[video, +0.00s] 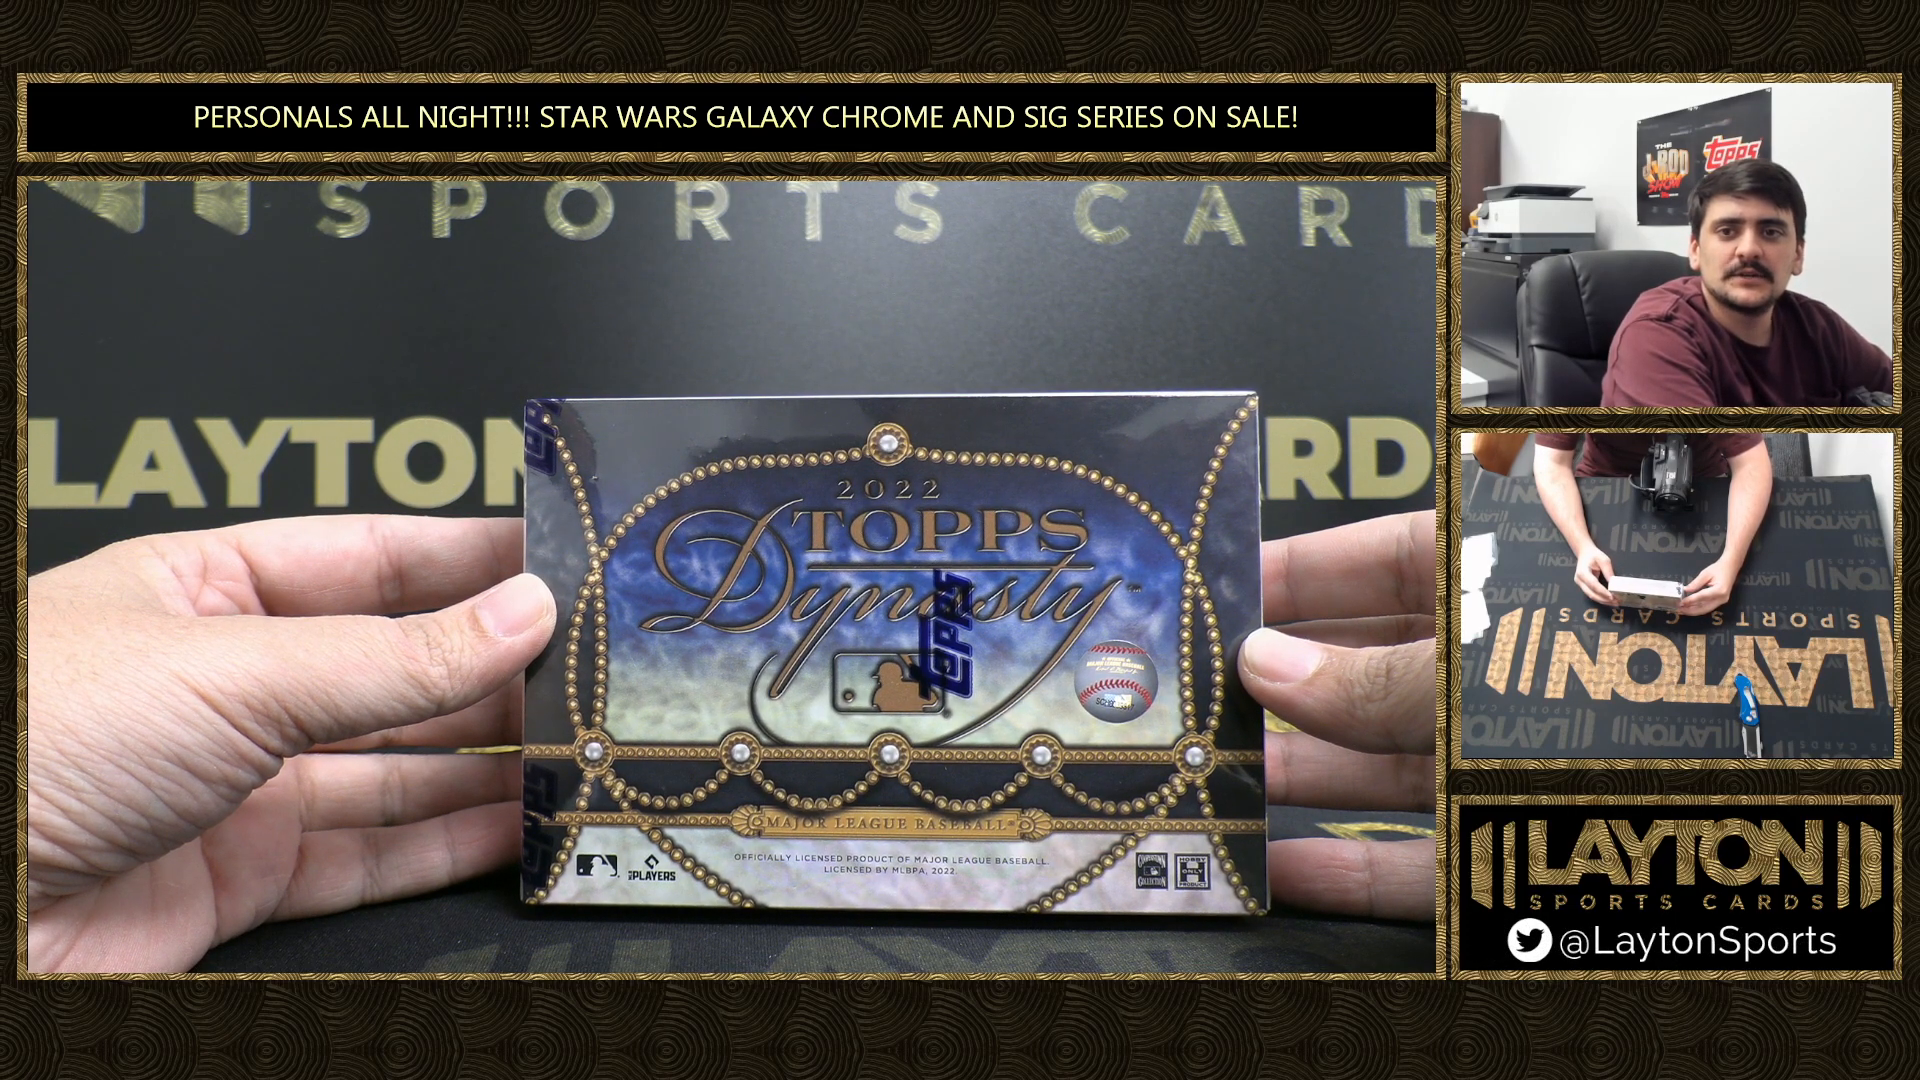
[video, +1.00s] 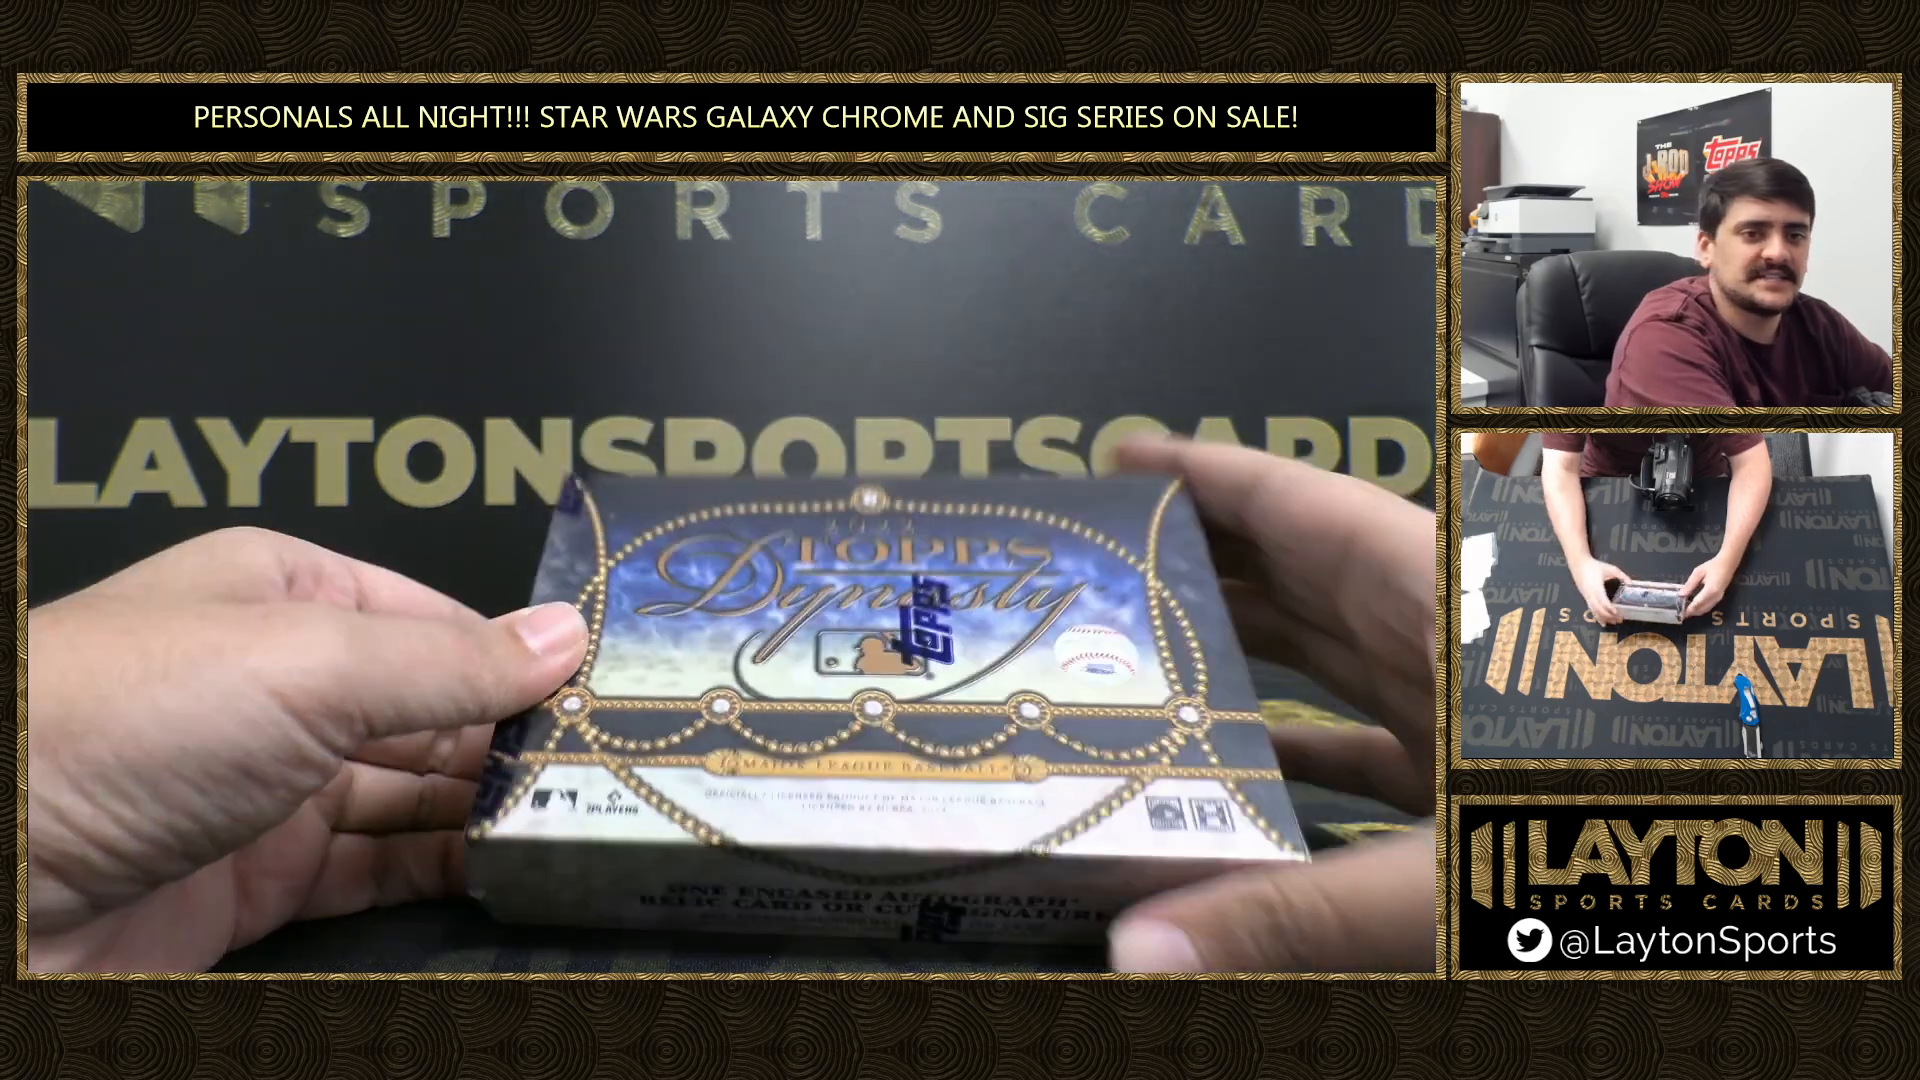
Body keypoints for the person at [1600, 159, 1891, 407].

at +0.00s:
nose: (1748, 249)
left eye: (1770, 232)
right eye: (1728, 231)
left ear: (1798, 255)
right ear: (1695, 251)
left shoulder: (1817, 328)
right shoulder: (1657, 333)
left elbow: (1896, 387)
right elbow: (1747, 461)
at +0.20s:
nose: (1750, 249)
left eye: (1772, 232)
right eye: (1729, 231)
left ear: (1799, 254)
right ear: (1695, 250)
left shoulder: (1818, 328)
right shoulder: (1657, 332)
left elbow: (1896, 388)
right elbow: (1746, 460)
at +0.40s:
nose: (1752, 249)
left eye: (1773, 232)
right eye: (1730, 231)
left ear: (1799, 254)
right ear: (1696, 250)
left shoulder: (1818, 328)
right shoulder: (1658, 332)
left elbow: (1896, 387)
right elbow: (1747, 460)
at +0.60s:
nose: (1756, 250)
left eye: (1776, 232)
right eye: (1733, 232)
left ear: (1800, 254)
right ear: (1697, 250)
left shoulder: (1818, 328)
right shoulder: (1658, 332)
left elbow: (1896, 387)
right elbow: (1747, 460)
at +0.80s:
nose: (1764, 251)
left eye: (1783, 233)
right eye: (1741, 231)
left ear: (1803, 254)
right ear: (1701, 249)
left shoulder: (1819, 328)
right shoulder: (1660, 332)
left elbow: (1898, 390)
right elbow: (1748, 460)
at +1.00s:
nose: (1777, 253)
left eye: (1794, 235)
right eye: (1753, 234)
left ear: (1808, 248)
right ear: (1706, 248)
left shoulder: (1820, 328)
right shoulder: (1665, 334)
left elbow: (1897, 388)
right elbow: (1748, 459)